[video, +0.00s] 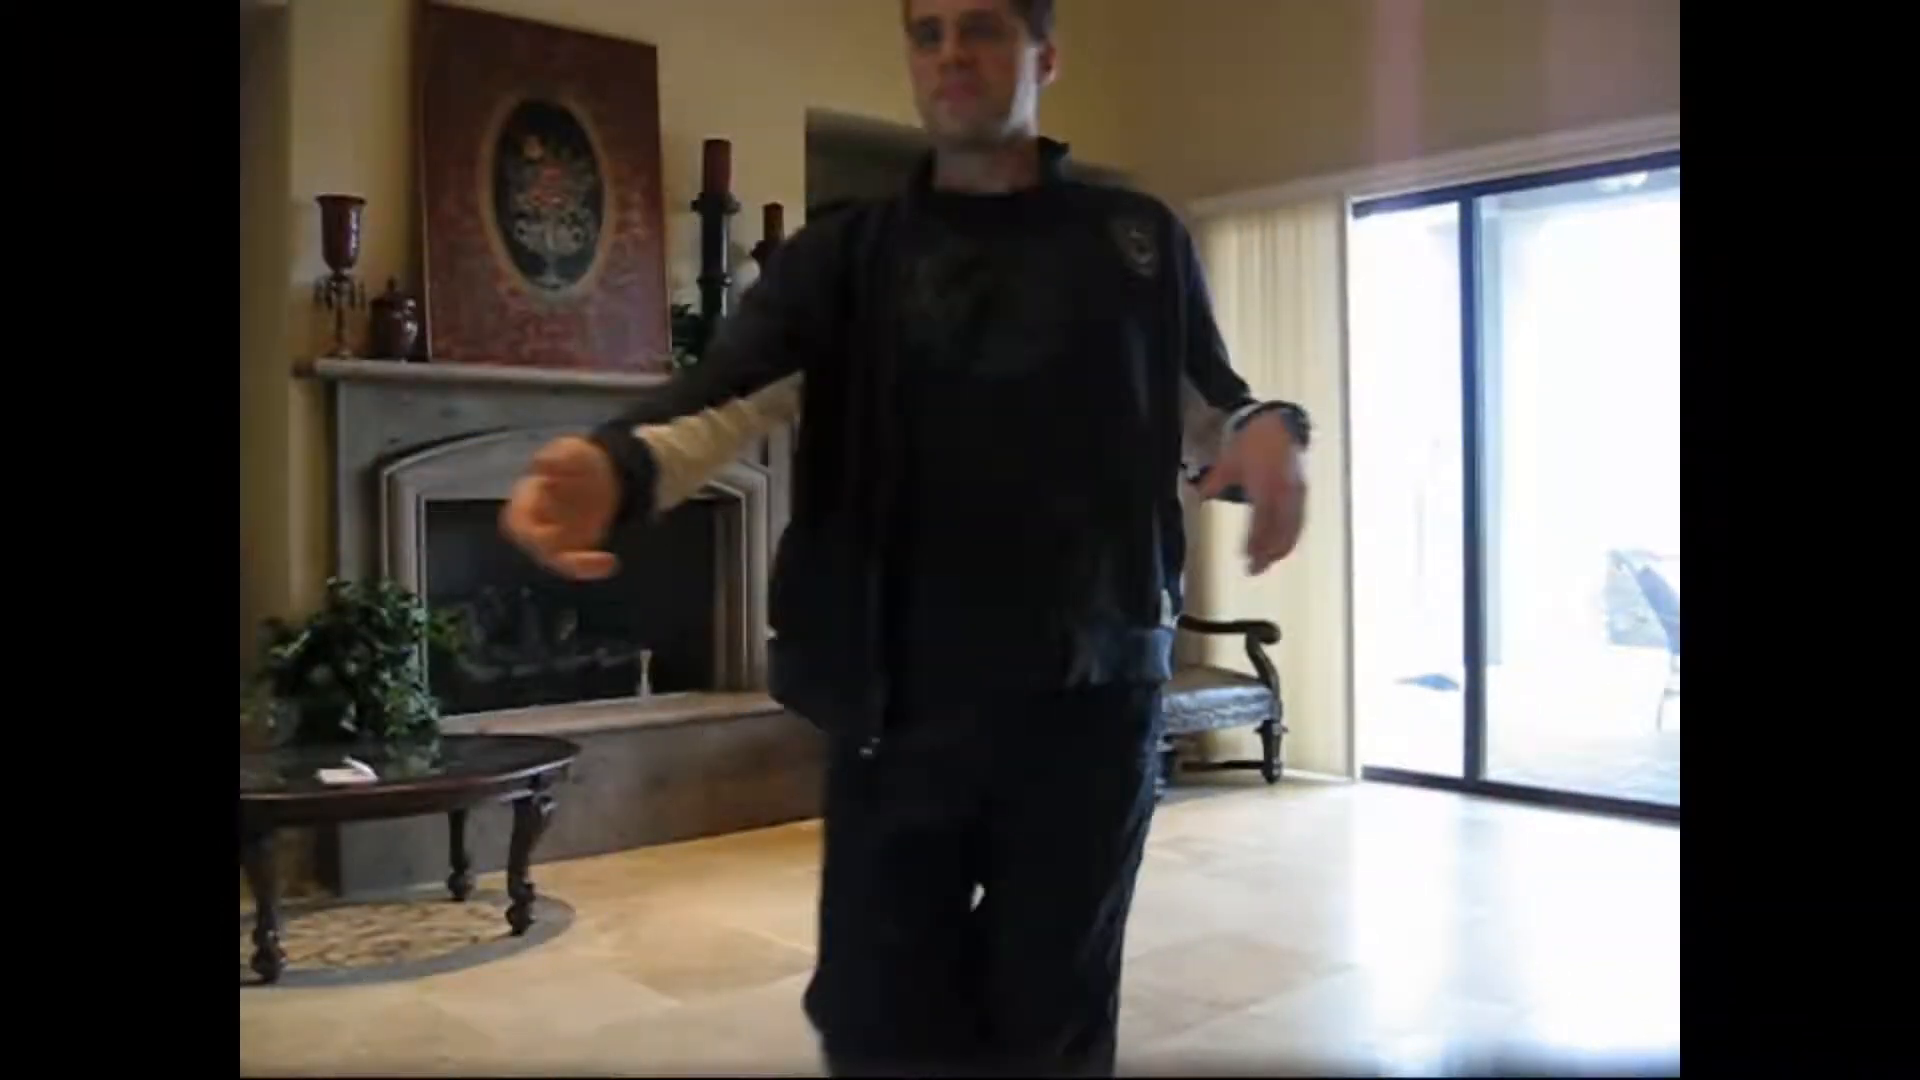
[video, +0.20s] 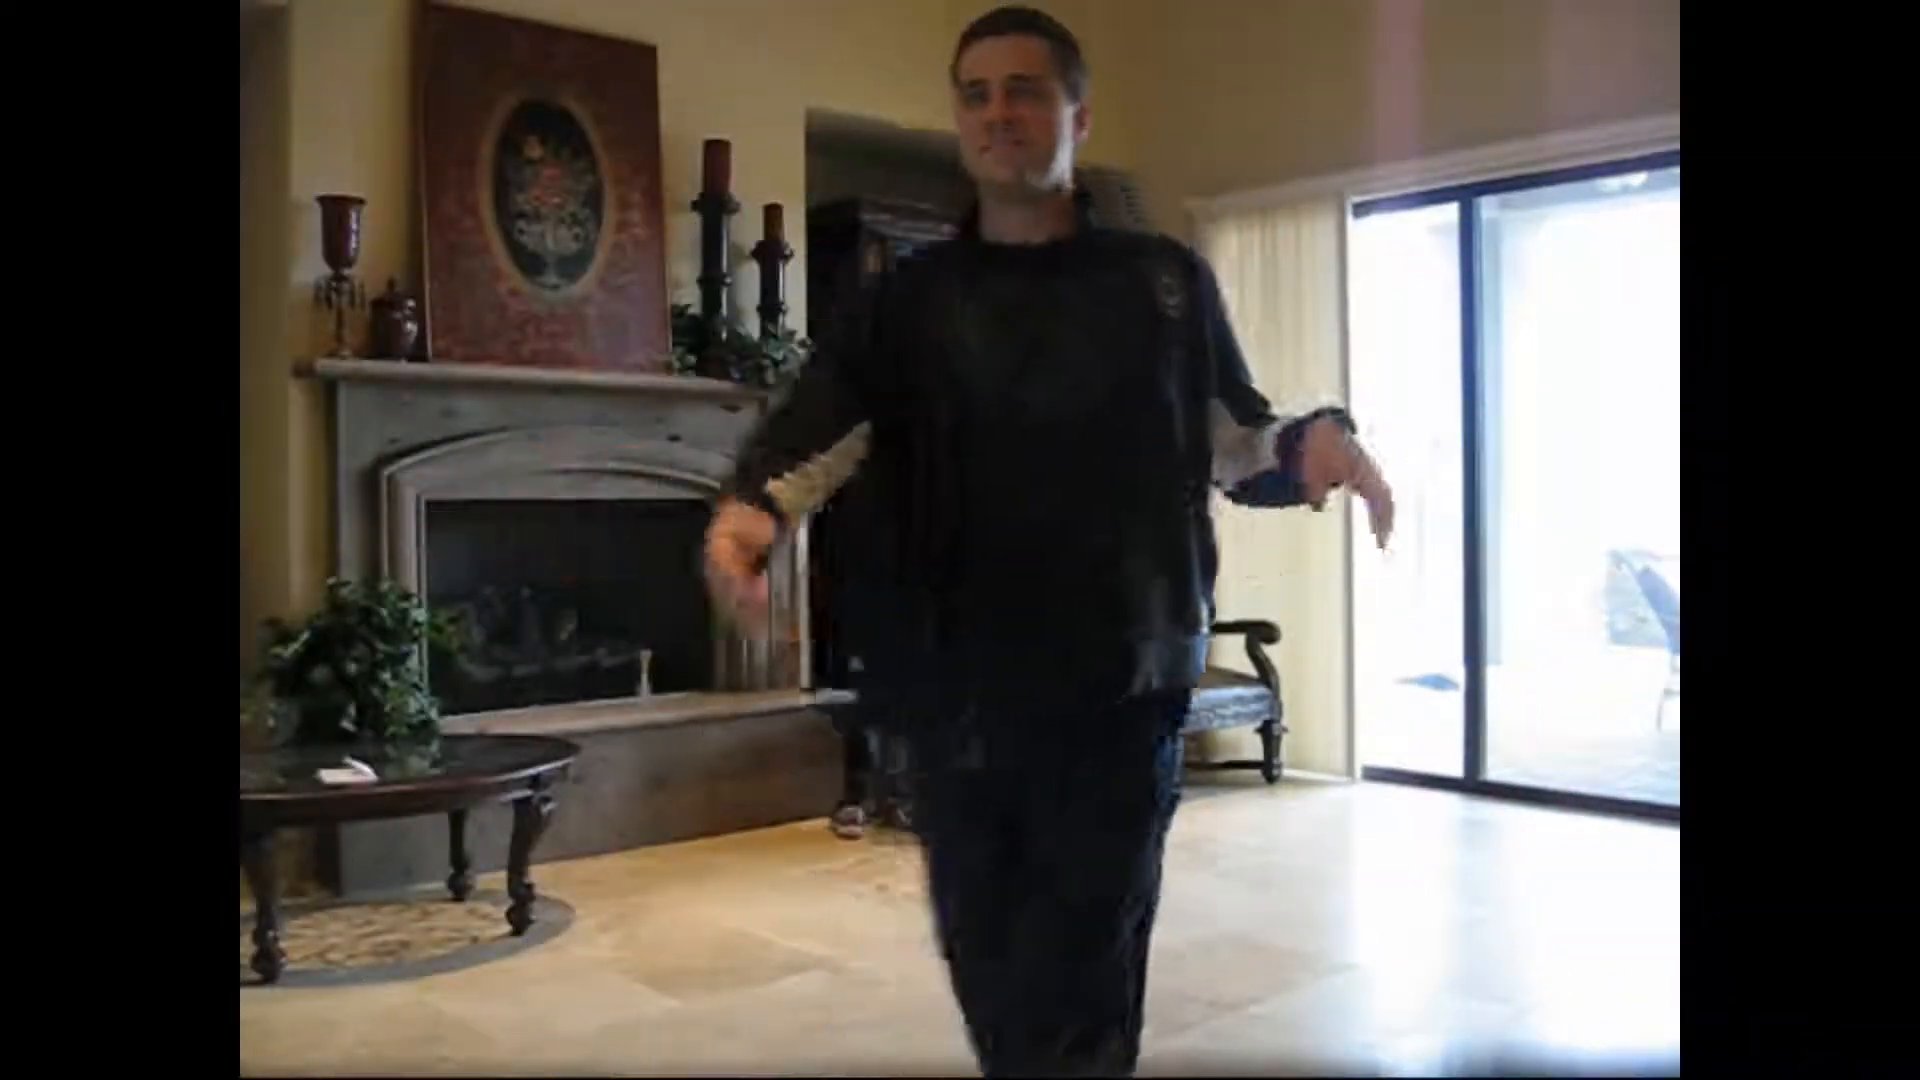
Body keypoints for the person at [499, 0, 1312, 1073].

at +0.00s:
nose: (952, 57)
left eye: (982, 31)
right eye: (928, 35)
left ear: (1045, 55)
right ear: (904, 63)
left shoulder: (1134, 233)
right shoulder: (846, 247)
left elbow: (1208, 423)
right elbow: (730, 397)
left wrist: (1263, 427)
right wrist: (619, 468)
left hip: (1088, 705)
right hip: (896, 703)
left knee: (1053, 1017)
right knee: (874, 1014)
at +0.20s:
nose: (999, 114)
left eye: (1025, 92)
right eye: (977, 95)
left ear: (1077, 115)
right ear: (954, 121)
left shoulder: (1163, 282)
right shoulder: (909, 297)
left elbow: (1232, 450)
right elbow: (817, 431)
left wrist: (1306, 442)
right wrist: (751, 501)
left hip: (1120, 681)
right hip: (959, 681)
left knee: (1084, 966)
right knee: (980, 950)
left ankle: (1085, 1072)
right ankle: (1030, 1069)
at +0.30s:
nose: (1025, 117)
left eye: (1049, 96)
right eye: (1002, 100)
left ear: (1099, 117)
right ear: (979, 127)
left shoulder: (1184, 273)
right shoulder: (936, 297)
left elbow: (1259, 420)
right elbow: (844, 452)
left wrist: (1311, 445)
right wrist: (795, 554)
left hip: (1146, 659)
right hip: (990, 660)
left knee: (1111, 929)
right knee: (1013, 925)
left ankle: (1104, 1068)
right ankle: (1031, 1070)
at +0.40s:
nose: (1054, 115)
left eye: (1079, 93)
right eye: (1031, 98)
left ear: (1126, 114)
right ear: (1010, 125)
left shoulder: (1207, 265)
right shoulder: (959, 286)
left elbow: (1290, 392)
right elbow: (877, 458)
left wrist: (1309, 428)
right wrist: (830, 617)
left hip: (1166, 648)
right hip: (1013, 651)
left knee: (1142, 919)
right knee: (1030, 921)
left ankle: (1146, 1065)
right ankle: (1041, 1067)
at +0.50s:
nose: (1088, 125)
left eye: (1112, 106)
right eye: (1065, 108)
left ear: (1156, 129)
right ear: (1042, 133)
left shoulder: (1226, 276)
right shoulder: (983, 297)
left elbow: (1336, 434)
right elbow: (908, 485)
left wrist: (1327, 411)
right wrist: (867, 659)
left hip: (1195, 656)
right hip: (1041, 659)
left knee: (1200, 914)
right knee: (1048, 922)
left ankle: (1211, 1067)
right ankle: (1058, 1074)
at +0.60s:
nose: (1122, 141)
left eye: (1145, 122)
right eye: (1100, 124)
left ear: (1186, 145)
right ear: (1075, 147)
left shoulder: (1257, 286)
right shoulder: (1023, 306)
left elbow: (1371, 453)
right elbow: (959, 488)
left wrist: (1341, 410)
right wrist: (916, 655)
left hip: (1224, 656)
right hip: (1070, 659)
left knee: (1256, 902)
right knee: (1065, 917)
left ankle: (1280, 1063)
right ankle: (1063, 1075)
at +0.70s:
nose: (1159, 163)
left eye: (1182, 144)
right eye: (1138, 147)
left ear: (1219, 164)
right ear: (1112, 170)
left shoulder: (1295, 302)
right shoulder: (1072, 322)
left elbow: (1414, 461)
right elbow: (1017, 496)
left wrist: (1350, 418)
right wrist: (974, 641)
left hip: (1260, 668)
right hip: (1112, 668)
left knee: (1296, 920)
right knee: (1087, 928)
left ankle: (1316, 1058)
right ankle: (1068, 1069)